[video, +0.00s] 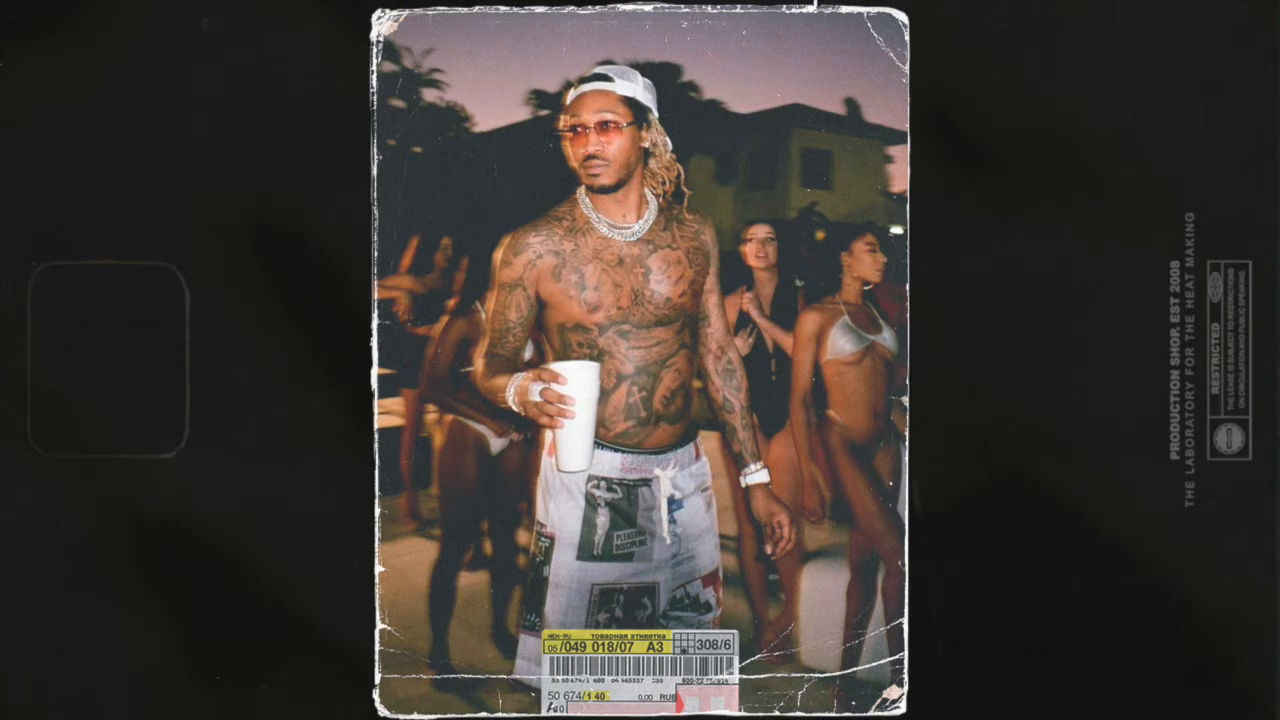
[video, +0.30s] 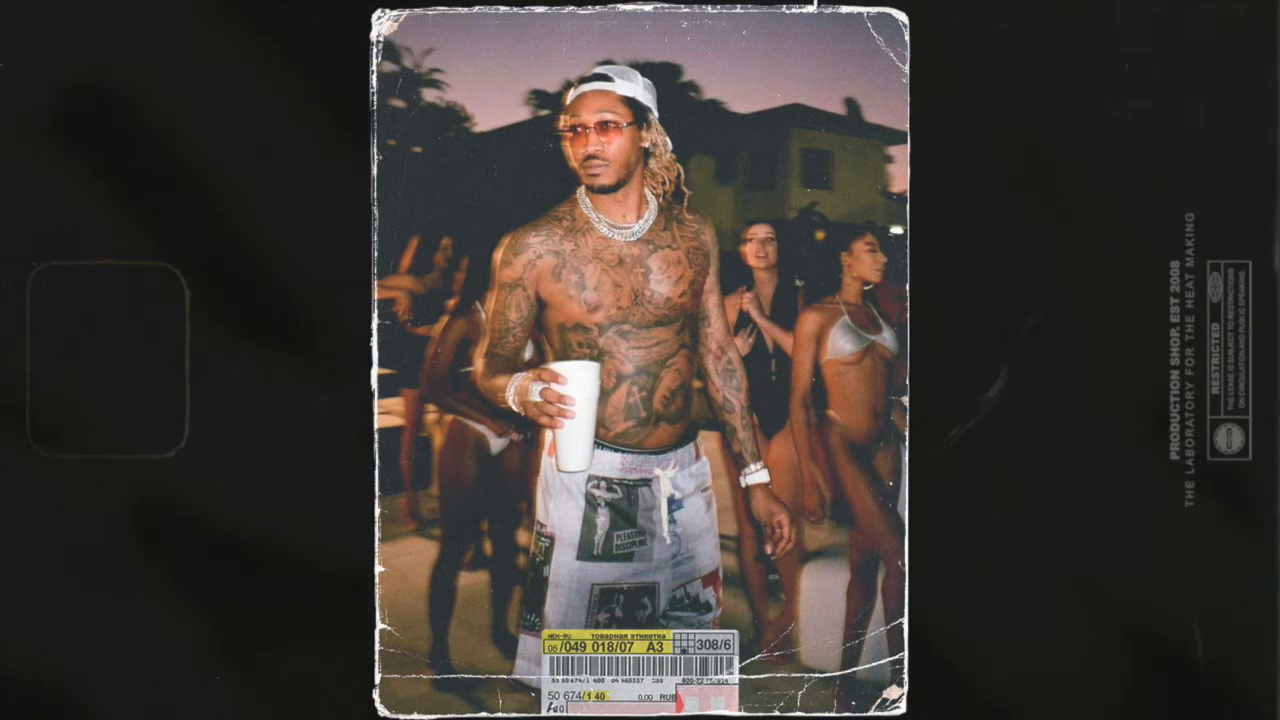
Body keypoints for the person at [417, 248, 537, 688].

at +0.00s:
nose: (514, 289)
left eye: (521, 281)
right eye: (507, 279)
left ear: (531, 289)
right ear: (493, 278)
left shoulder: (531, 333)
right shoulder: (465, 322)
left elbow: (543, 386)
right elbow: (434, 386)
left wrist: (529, 421)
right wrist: (490, 422)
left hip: (515, 443)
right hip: (465, 439)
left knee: (506, 540)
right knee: (456, 544)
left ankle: (501, 627)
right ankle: (439, 650)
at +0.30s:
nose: (514, 289)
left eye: (521, 281)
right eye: (507, 278)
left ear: (531, 289)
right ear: (493, 278)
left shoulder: (531, 333)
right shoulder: (465, 322)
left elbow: (544, 386)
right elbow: (434, 386)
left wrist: (529, 421)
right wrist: (490, 422)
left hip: (515, 443)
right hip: (465, 439)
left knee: (506, 540)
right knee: (456, 544)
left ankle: (501, 627)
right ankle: (439, 651)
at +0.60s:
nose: (514, 287)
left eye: (522, 280)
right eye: (507, 277)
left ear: (532, 288)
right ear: (493, 277)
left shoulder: (531, 332)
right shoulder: (465, 322)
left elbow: (544, 385)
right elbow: (434, 386)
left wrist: (529, 421)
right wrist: (489, 422)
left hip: (515, 444)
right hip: (465, 439)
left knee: (506, 540)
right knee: (456, 544)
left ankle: (501, 627)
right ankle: (439, 650)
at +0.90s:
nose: (514, 287)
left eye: (521, 280)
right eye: (507, 277)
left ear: (531, 288)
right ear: (493, 277)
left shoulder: (531, 332)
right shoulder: (466, 321)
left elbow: (543, 385)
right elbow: (434, 387)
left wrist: (530, 420)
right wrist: (489, 421)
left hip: (515, 443)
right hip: (465, 439)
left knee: (506, 540)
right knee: (456, 543)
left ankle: (501, 627)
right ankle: (439, 648)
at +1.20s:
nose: (514, 287)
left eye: (522, 280)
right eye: (508, 277)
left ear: (531, 288)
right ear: (493, 277)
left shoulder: (531, 332)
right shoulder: (466, 321)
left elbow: (544, 385)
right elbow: (434, 386)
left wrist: (530, 421)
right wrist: (489, 421)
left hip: (515, 444)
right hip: (465, 440)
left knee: (506, 540)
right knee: (456, 544)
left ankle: (501, 627)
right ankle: (439, 649)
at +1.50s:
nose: (514, 285)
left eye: (521, 277)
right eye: (507, 275)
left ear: (531, 286)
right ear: (493, 276)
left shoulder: (531, 330)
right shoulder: (466, 321)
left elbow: (544, 384)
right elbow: (434, 387)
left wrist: (530, 420)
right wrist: (490, 421)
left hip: (515, 445)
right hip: (465, 441)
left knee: (506, 541)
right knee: (456, 543)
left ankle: (501, 628)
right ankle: (439, 648)